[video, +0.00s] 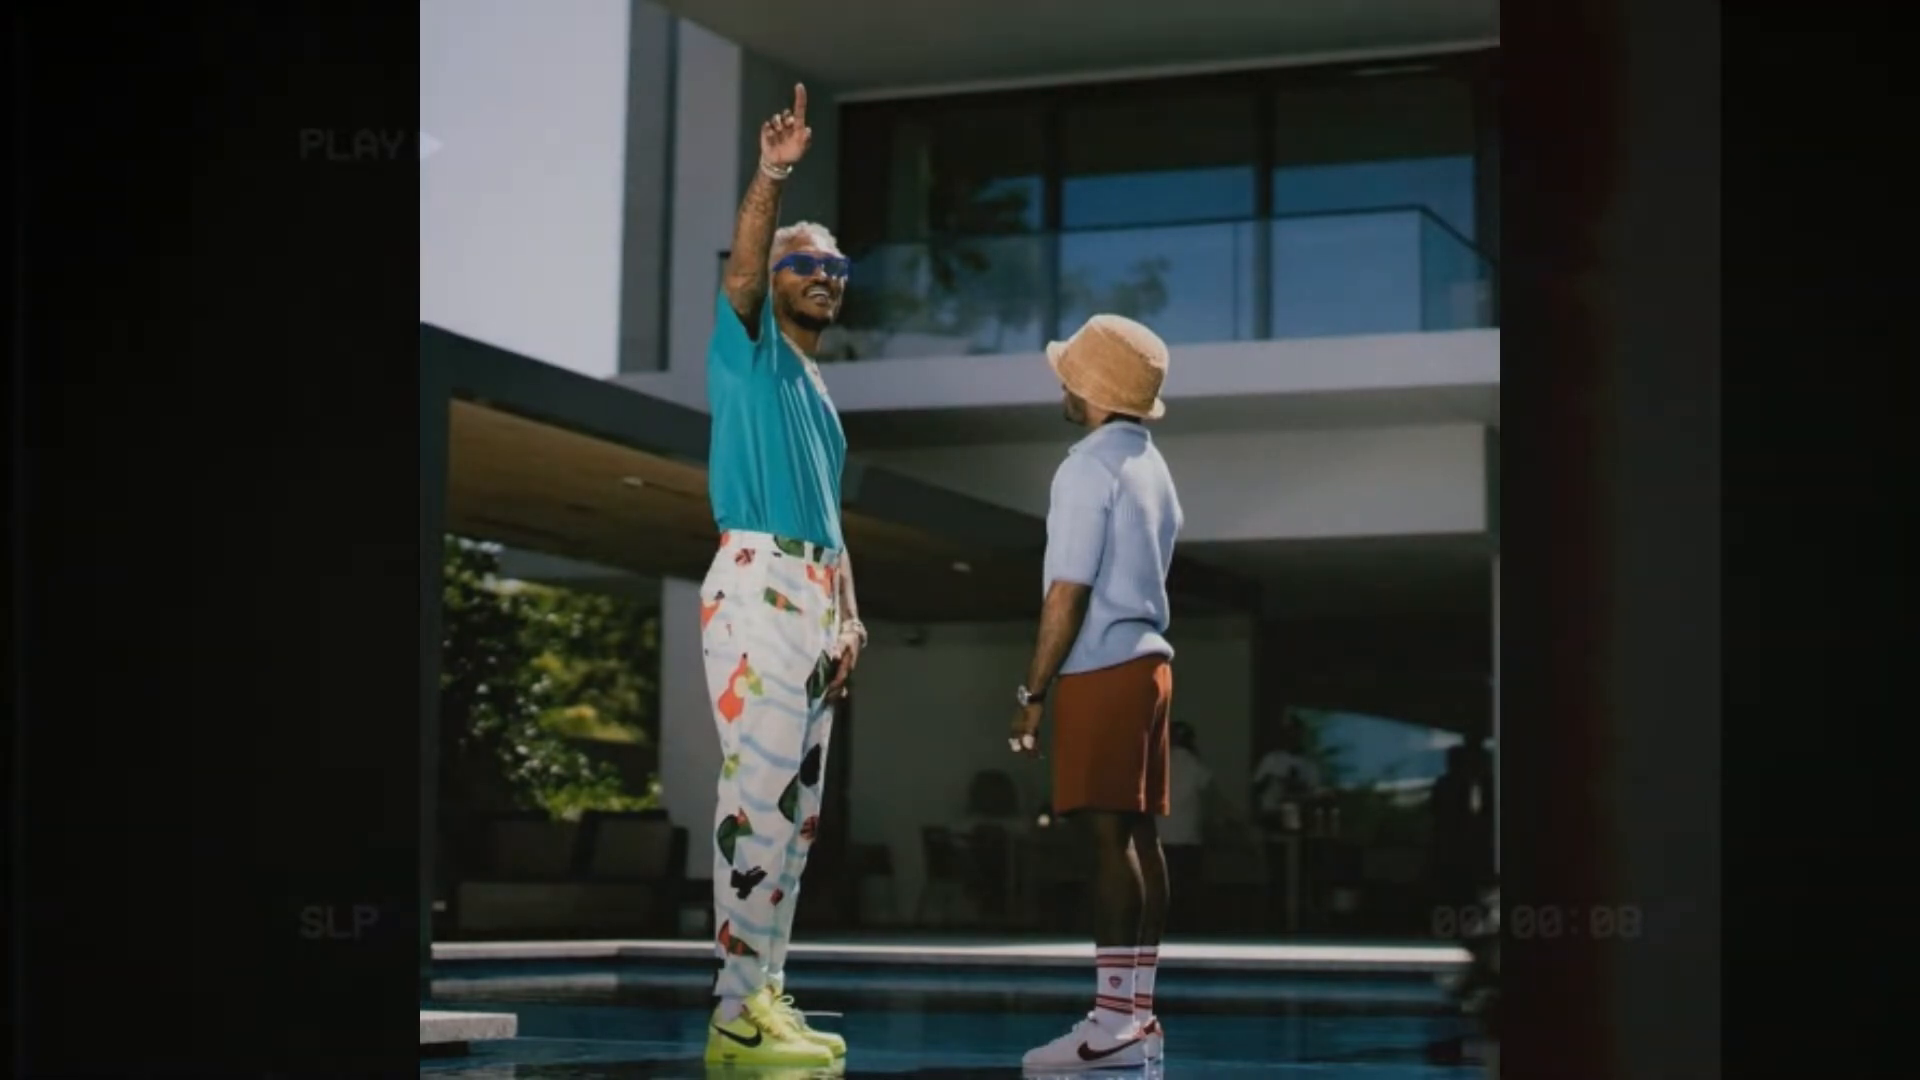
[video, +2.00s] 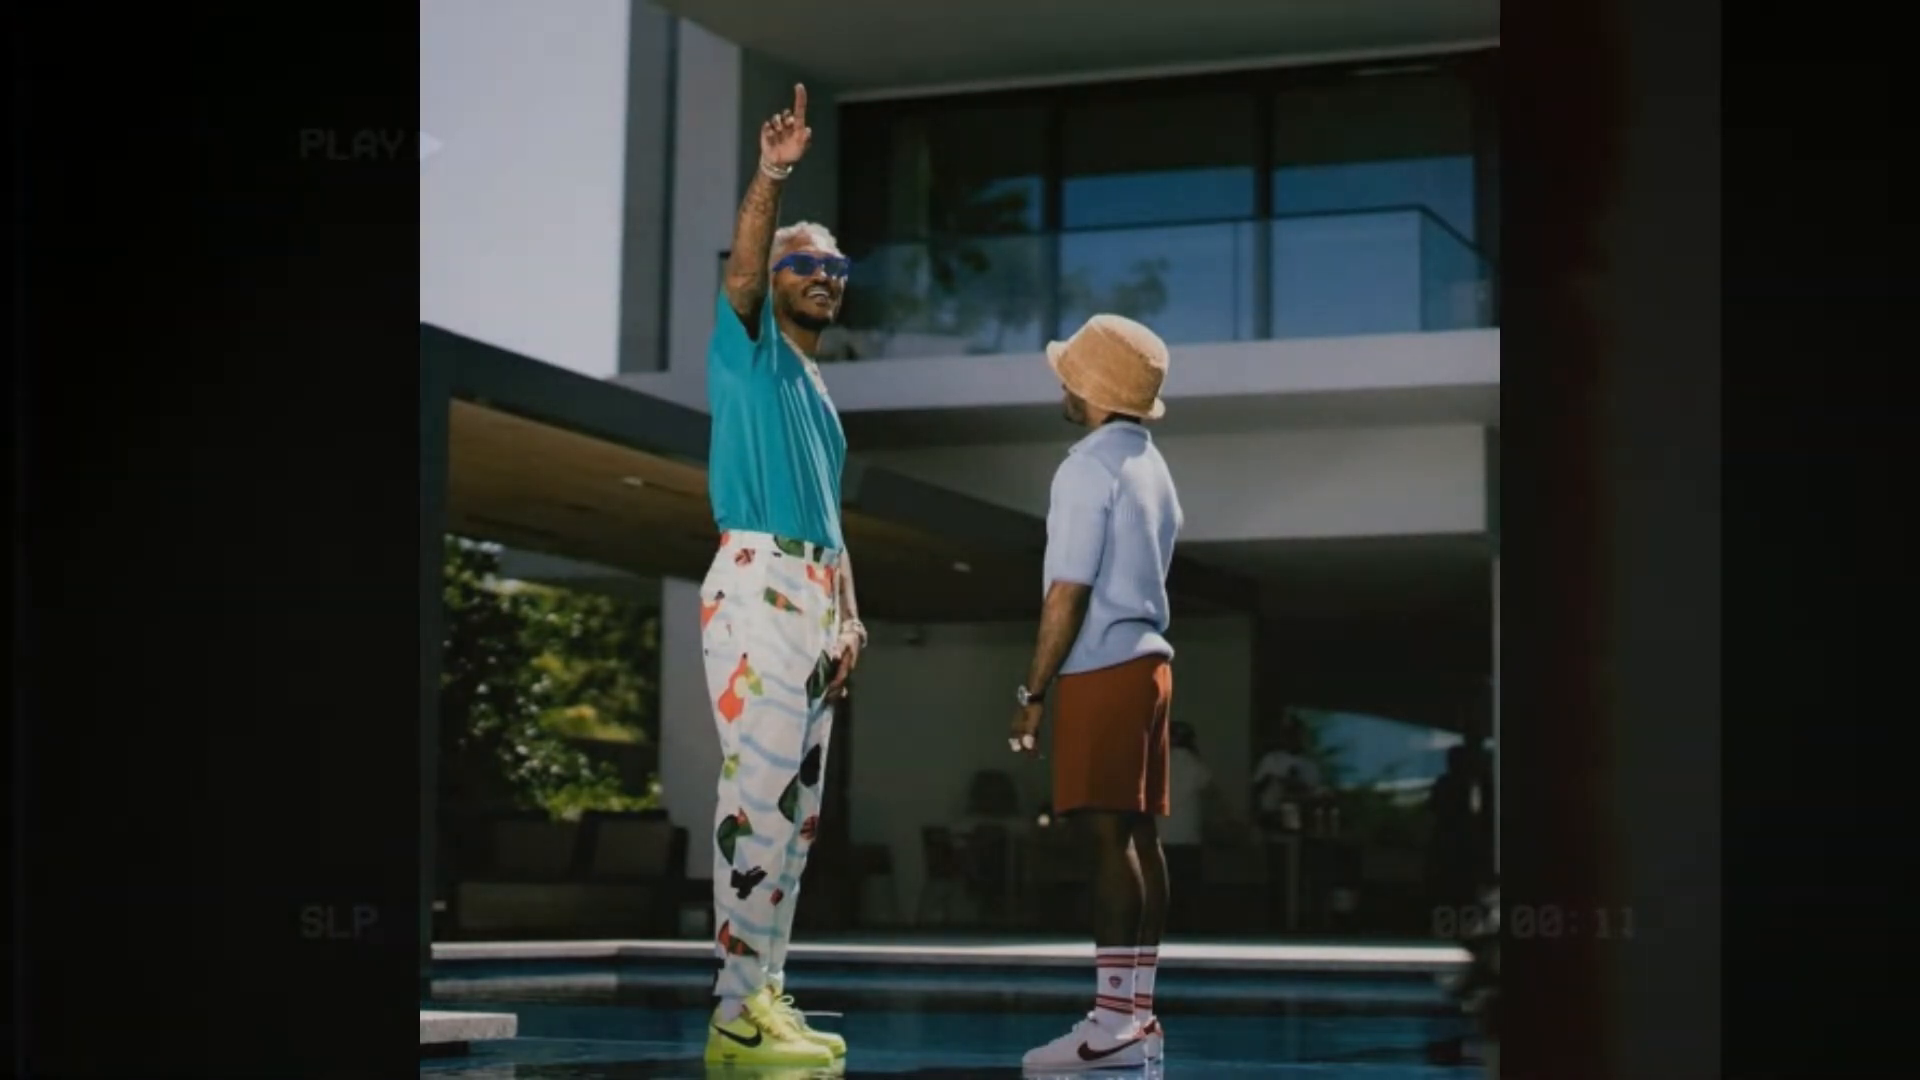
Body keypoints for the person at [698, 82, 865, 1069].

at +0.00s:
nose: (823, 282)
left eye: (834, 273)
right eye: (805, 268)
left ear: (842, 293)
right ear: (770, 278)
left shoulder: (819, 395)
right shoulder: (744, 344)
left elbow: (828, 520)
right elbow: (744, 266)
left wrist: (847, 612)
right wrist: (770, 173)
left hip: (814, 590)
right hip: (756, 582)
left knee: (794, 798)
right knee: (759, 793)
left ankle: (759, 1000)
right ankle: (745, 1006)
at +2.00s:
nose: (823, 283)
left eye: (834, 274)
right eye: (806, 268)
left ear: (841, 293)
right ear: (770, 277)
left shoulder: (818, 394)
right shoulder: (744, 343)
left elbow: (827, 519)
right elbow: (744, 268)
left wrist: (847, 612)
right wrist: (769, 174)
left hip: (814, 590)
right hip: (755, 582)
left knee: (794, 798)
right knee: (759, 791)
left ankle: (757, 1003)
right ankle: (746, 1004)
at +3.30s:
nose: (823, 283)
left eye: (834, 274)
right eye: (806, 268)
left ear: (841, 293)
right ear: (770, 278)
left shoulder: (818, 394)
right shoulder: (744, 344)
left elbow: (827, 519)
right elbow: (743, 269)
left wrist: (846, 613)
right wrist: (770, 173)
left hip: (814, 590)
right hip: (756, 582)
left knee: (794, 797)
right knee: (759, 789)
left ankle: (756, 1003)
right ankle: (748, 1001)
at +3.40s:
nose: (823, 284)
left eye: (834, 274)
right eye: (806, 268)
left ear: (841, 293)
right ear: (770, 278)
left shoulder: (817, 393)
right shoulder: (744, 343)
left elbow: (827, 519)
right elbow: (743, 269)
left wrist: (847, 612)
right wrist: (770, 174)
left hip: (814, 589)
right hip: (756, 581)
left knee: (794, 798)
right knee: (758, 790)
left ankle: (756, 1004)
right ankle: (747, 1002)